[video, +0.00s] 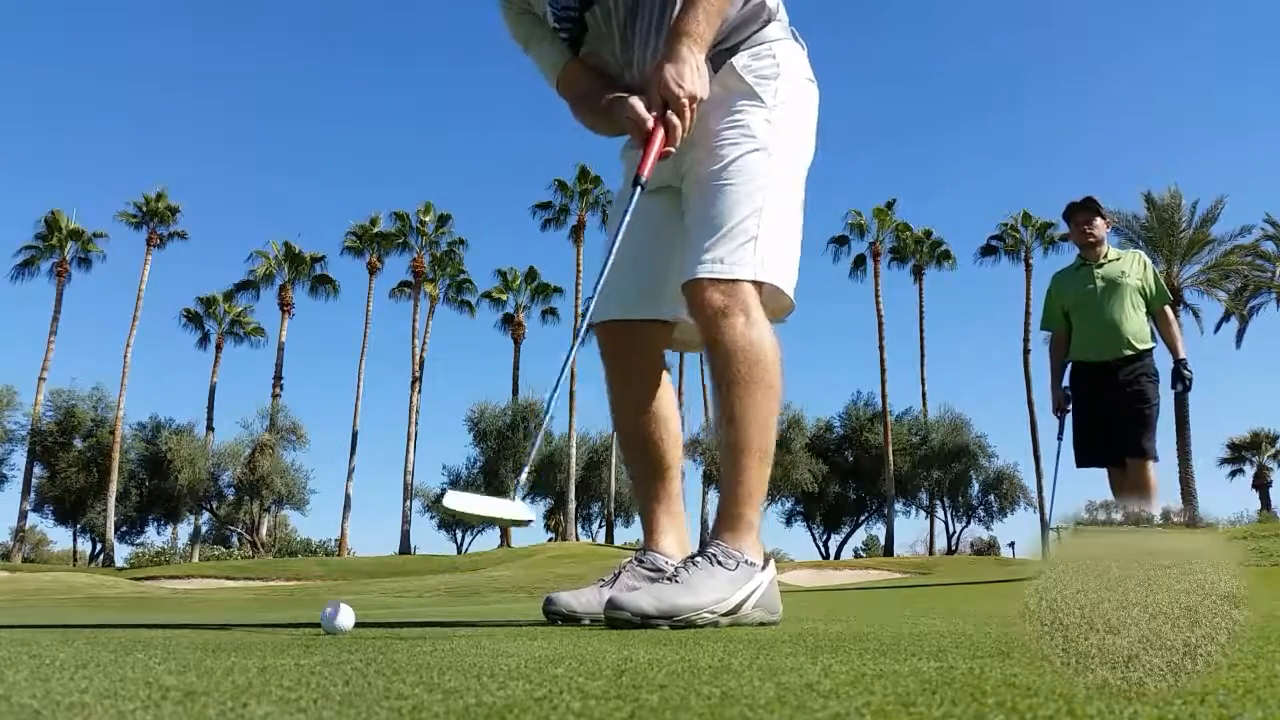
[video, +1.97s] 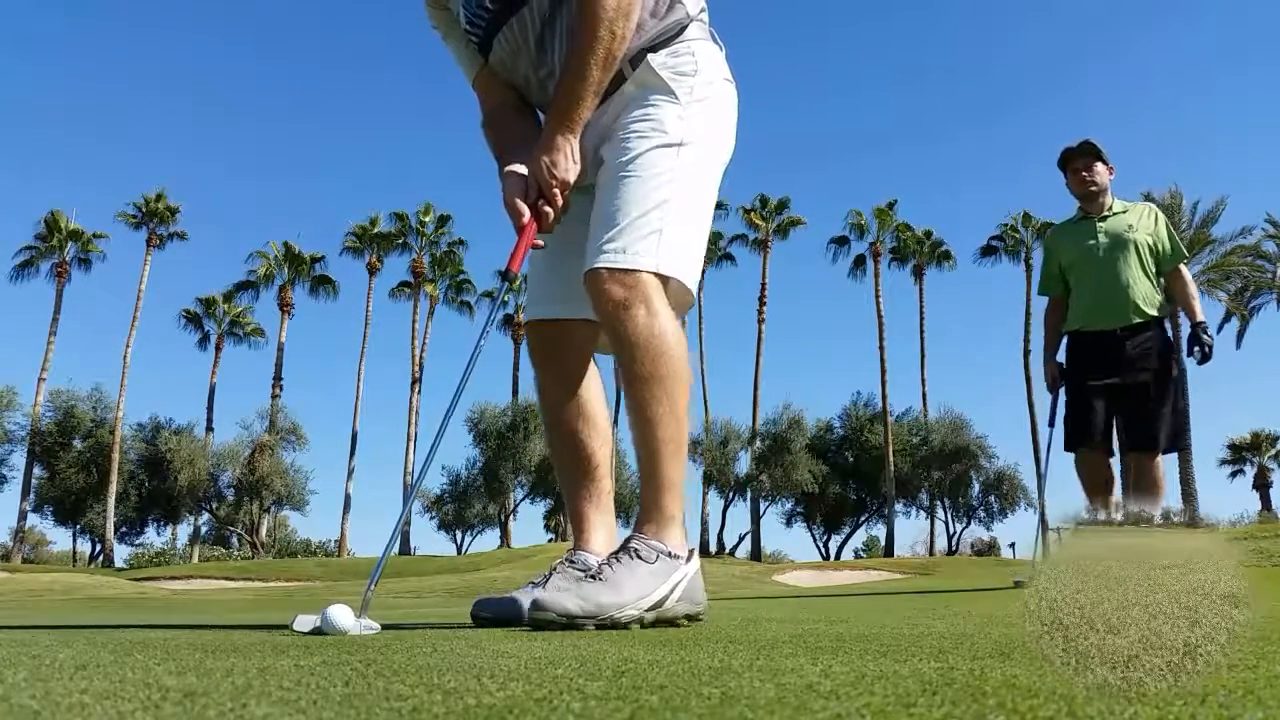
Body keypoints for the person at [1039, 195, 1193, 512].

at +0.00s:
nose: (1086, 228)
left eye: (1091, 221)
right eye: (1078, 225)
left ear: (1106, 224)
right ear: (1070, 234)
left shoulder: (1136, 262)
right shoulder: (1063, 280)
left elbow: (1163, 313)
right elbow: (1059, 337)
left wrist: (1180, 360)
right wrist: (1056, 387)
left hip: (1135, 369)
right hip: (1090, 376)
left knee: (1139, 456)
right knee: (1114, 463)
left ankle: (1150, 529)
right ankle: (1130, 531)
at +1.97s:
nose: (1084, 175)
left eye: (1090, 166)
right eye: (1075, 172)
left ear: (1109, 171)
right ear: (1068, 184)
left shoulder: (1148, 216)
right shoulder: (1059, 236)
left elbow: (1176, 274)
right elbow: (1057, 301)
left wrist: (1198, 323)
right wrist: (1050, 356)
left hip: (1145, 343)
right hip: (1087, 348)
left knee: (1143, 447)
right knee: (1088, 447)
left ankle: (1143, 535)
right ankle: (1104, 530)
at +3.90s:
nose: (1069, 138)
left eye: (1076, 128)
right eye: (1059, 134)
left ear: (1097, 131)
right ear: (1052, 145)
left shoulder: (1142, 176)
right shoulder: (1046, 207)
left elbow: (1175, 240)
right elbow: (1044, 279)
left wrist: (1198, 294)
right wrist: (1033, 338)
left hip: (1147, 320)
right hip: (1085, 330)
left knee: (1157, 437)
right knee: (1107, 443)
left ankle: (1169, 536)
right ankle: (1124, 541)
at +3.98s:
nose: (1069, 138)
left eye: (1076, 128)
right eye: (1059, 134)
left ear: (1098, 131)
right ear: (1052, 146)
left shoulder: (1142, 176)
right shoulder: (1046, 207)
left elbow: (1175, 239)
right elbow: (1044, 279)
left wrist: (1198, 293)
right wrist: (1033, 338)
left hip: (1147, 320)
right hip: (1085, 329)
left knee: (1158, 438)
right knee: (1108, 444)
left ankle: (1169, 538)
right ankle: (1124, 542)